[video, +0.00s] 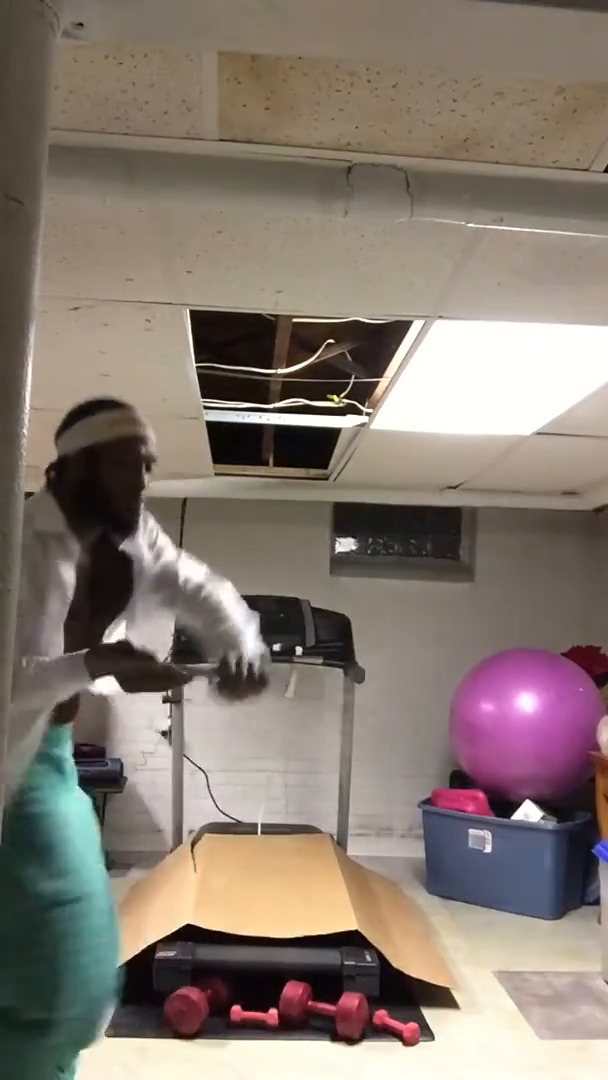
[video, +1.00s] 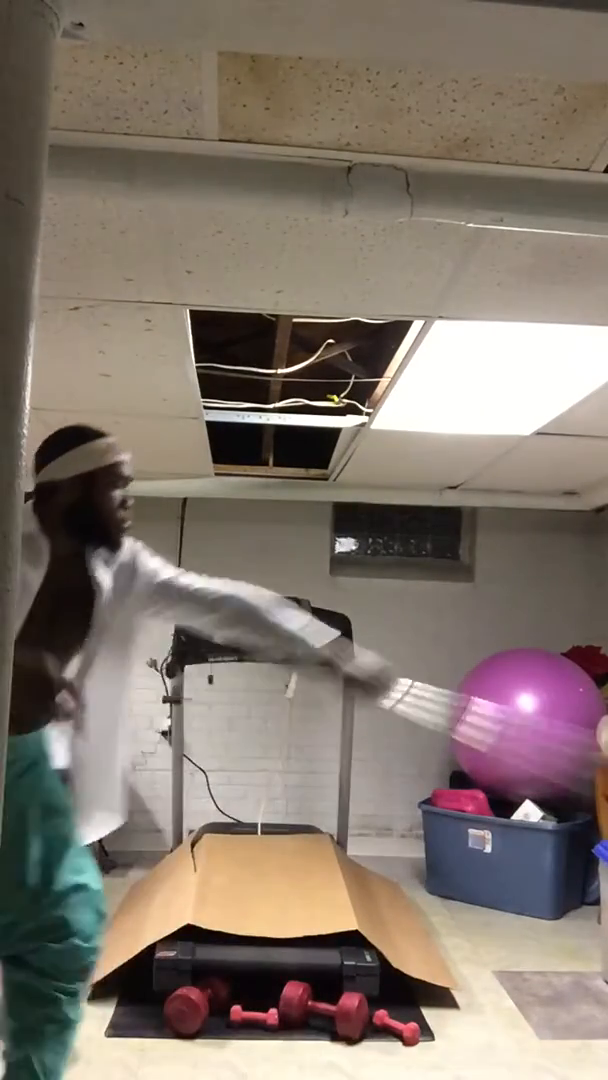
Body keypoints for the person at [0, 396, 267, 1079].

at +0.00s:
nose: (147, 482)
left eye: (149, 467)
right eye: (135, 465)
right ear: (78, 466)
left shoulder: (134, 535)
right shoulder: (20, 538)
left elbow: (199, 587)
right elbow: (11, 686)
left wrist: (242, 638)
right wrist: (98, 663)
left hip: (46, 757)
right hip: (14, 760)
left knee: (75, 979)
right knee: (69, 981)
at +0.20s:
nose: (127, 532)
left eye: (133, 516)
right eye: (114, 514)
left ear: (135, 517)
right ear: (61, 511)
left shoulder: (117, 584)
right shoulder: (14, 589)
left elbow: (127, 709)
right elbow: (28, 747)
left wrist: (108, 780)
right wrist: (44, 665)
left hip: (61, 815)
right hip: (10, 807)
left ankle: (50, 1062)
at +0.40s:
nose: (93, 568)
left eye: (101, 554)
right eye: (81, 553)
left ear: (105, 552)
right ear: (39, 550)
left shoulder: (91, 616)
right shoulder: (19, 616)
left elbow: (48, 723)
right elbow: (17, 719)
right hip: (10, 789)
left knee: (20, 908)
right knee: (19, 905)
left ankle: (19, 1025)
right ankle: (21, 1014)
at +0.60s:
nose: (78, 560)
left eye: (87, 545)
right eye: (68, 543)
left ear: (90, 545)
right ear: (26, 537)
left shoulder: (75, 610)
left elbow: (31, 722)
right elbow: (28, 722)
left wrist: (9, 787)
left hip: (12, 839)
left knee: (5, 999)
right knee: (6, 999)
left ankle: (5, 1059)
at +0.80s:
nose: (92, 530)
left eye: (96, 517)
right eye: (79, 517)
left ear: (93, 519)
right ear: (36, 520)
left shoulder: (80, 587)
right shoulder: (18, 590)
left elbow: (111, 685)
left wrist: (84, 756)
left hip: (28, 796)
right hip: (6, 798)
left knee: (21, 911)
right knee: (20, 909)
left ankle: (17, 1020)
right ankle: (18, 1012)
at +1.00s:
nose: (128, 498)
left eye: (128, 484)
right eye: (113, 485)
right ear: (61, 494)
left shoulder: (122, 568)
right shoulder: (15, 559)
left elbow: (225, 604)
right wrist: (21, 667)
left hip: (49, 780)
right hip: (12, 775)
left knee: (61, 935)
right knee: (46, 935)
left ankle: (32, 1067)